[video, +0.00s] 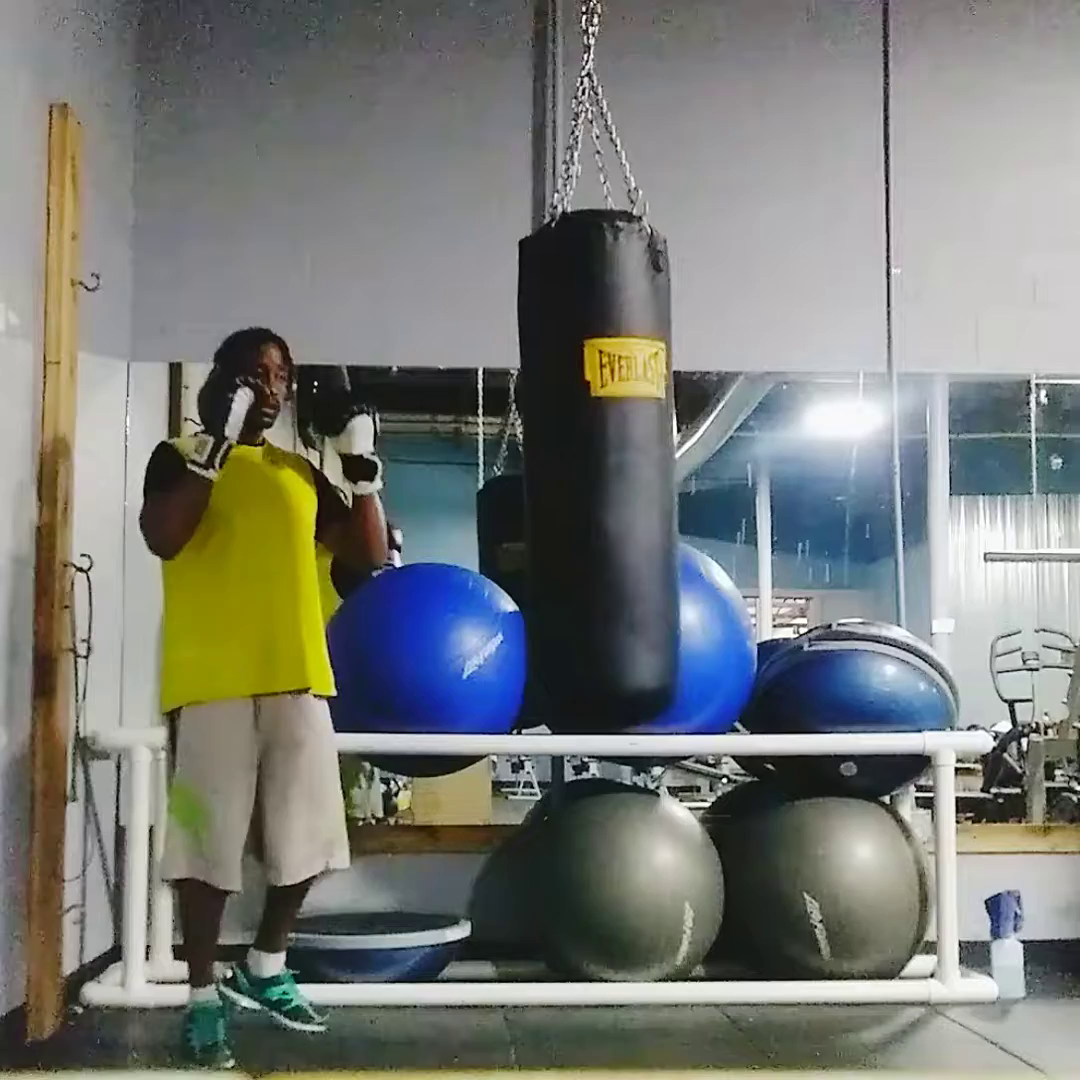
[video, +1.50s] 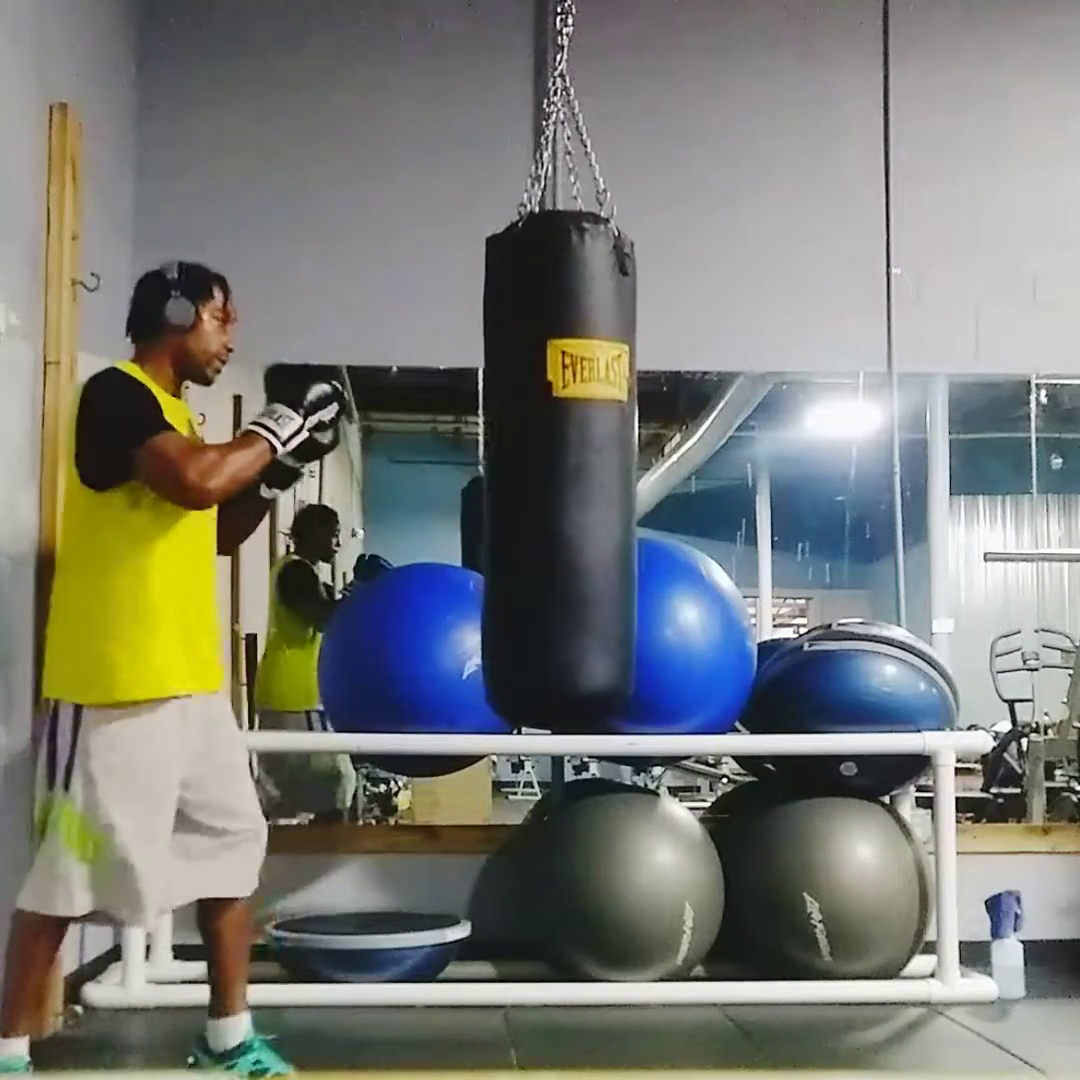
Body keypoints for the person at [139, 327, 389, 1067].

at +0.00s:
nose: (273, 382)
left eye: (282, 371)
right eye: (258, 369)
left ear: (290, 386)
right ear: (224, 380)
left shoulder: (302, 472)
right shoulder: (182, 457)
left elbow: (370, 557)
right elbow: (162, 539)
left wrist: (361, 473)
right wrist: (212, 445)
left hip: (294, 666)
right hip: (210, 668)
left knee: (305, 827)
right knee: (209, 838)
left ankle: (267, 970)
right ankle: (203, 1000)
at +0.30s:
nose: (281, 363)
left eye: (286, 353)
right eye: (266, 351)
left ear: (289, 369)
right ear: (223, 362)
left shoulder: (299, 457)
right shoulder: (176, 435)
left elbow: (336, 577)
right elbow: (135, 531)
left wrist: (329, 531)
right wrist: (242, 509)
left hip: (287, 670)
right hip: (196, 669)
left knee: (300, 835)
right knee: (198, 839)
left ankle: (285, 1008)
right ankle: (202, 1005)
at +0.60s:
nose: (323, 359)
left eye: (326, 350)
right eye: (309, 345)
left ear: (319, 368)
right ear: (264, 354)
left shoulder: (330, 460)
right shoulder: (201, 419)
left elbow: (353, 579)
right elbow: (145, 518)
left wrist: (353, 554)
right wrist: (260, 526)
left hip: (284, 675)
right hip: (189, 667)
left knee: (286, 847)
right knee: (184, 843)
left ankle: (279, 1024)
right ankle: (192, 994)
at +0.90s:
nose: (318, 341)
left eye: (319, 332)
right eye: (305, 327)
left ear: (305, 348)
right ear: (260, 332)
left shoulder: (311, 441)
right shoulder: (193, 400)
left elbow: (331, 572)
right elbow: (166, 494)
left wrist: (350, 530)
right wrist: (290, 478)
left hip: (274, 680)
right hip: (178, 665)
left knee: (280, 858)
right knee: (128, 844)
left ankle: (278, 1026)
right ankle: (62, 1019)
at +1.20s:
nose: (249, 340)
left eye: (250, 328)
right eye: (237, 323)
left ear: (216, 338)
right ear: (188, 326)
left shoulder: (225, 438)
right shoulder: (127, 408)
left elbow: (228, 564)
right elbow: (173, 514)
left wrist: (283, 523)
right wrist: (277, 475)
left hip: (225, 687)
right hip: (132, 691)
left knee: (274, 843)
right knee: (80, 867)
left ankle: (273, 1020)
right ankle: (16, 1045)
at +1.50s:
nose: (230, 338)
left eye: (230, 324)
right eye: (220, 321)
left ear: (180, 323)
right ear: (174, 319)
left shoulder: (177, 417)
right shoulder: (114, 393)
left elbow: (220, 534)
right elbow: (199, 479)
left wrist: (277, 464)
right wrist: (280, 427)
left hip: (190, 672)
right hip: (110, 674)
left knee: (232, 842)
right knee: (65, 868)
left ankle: (230, 1036)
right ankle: (12, 1052)